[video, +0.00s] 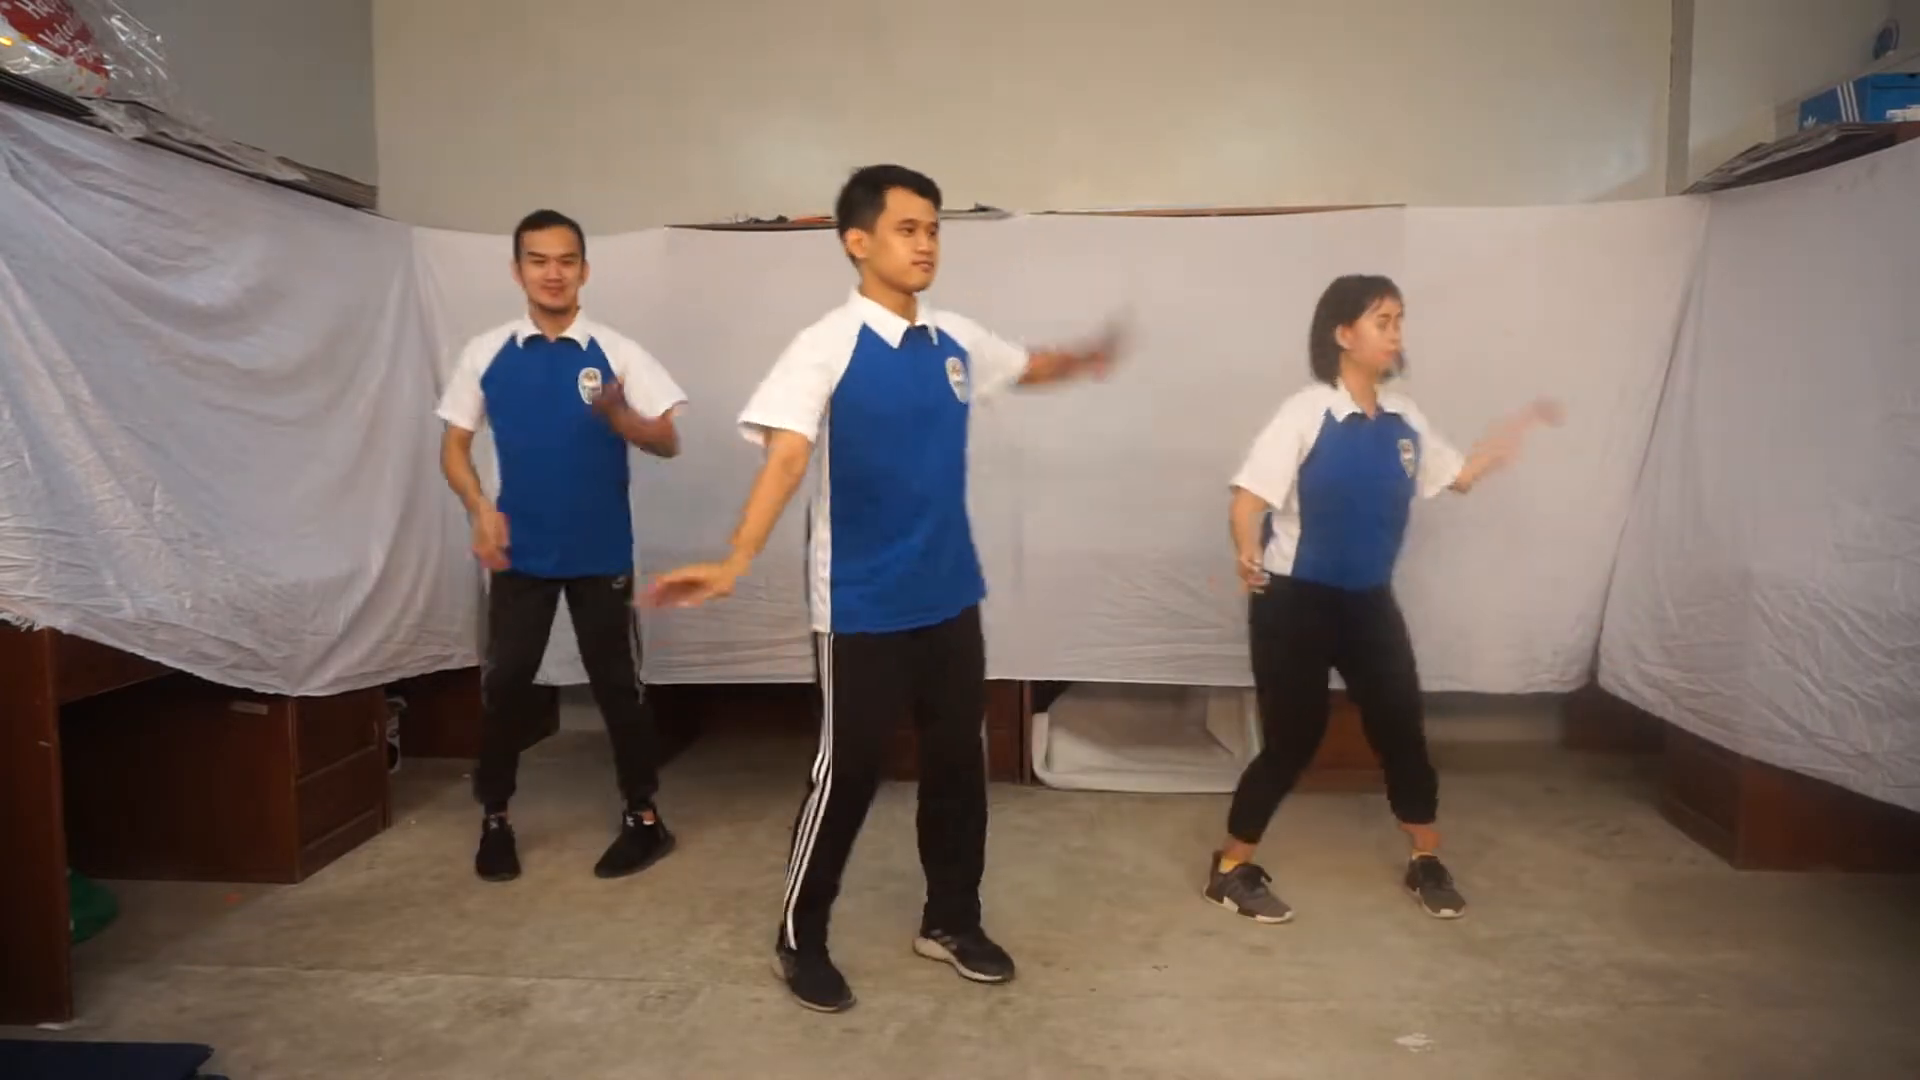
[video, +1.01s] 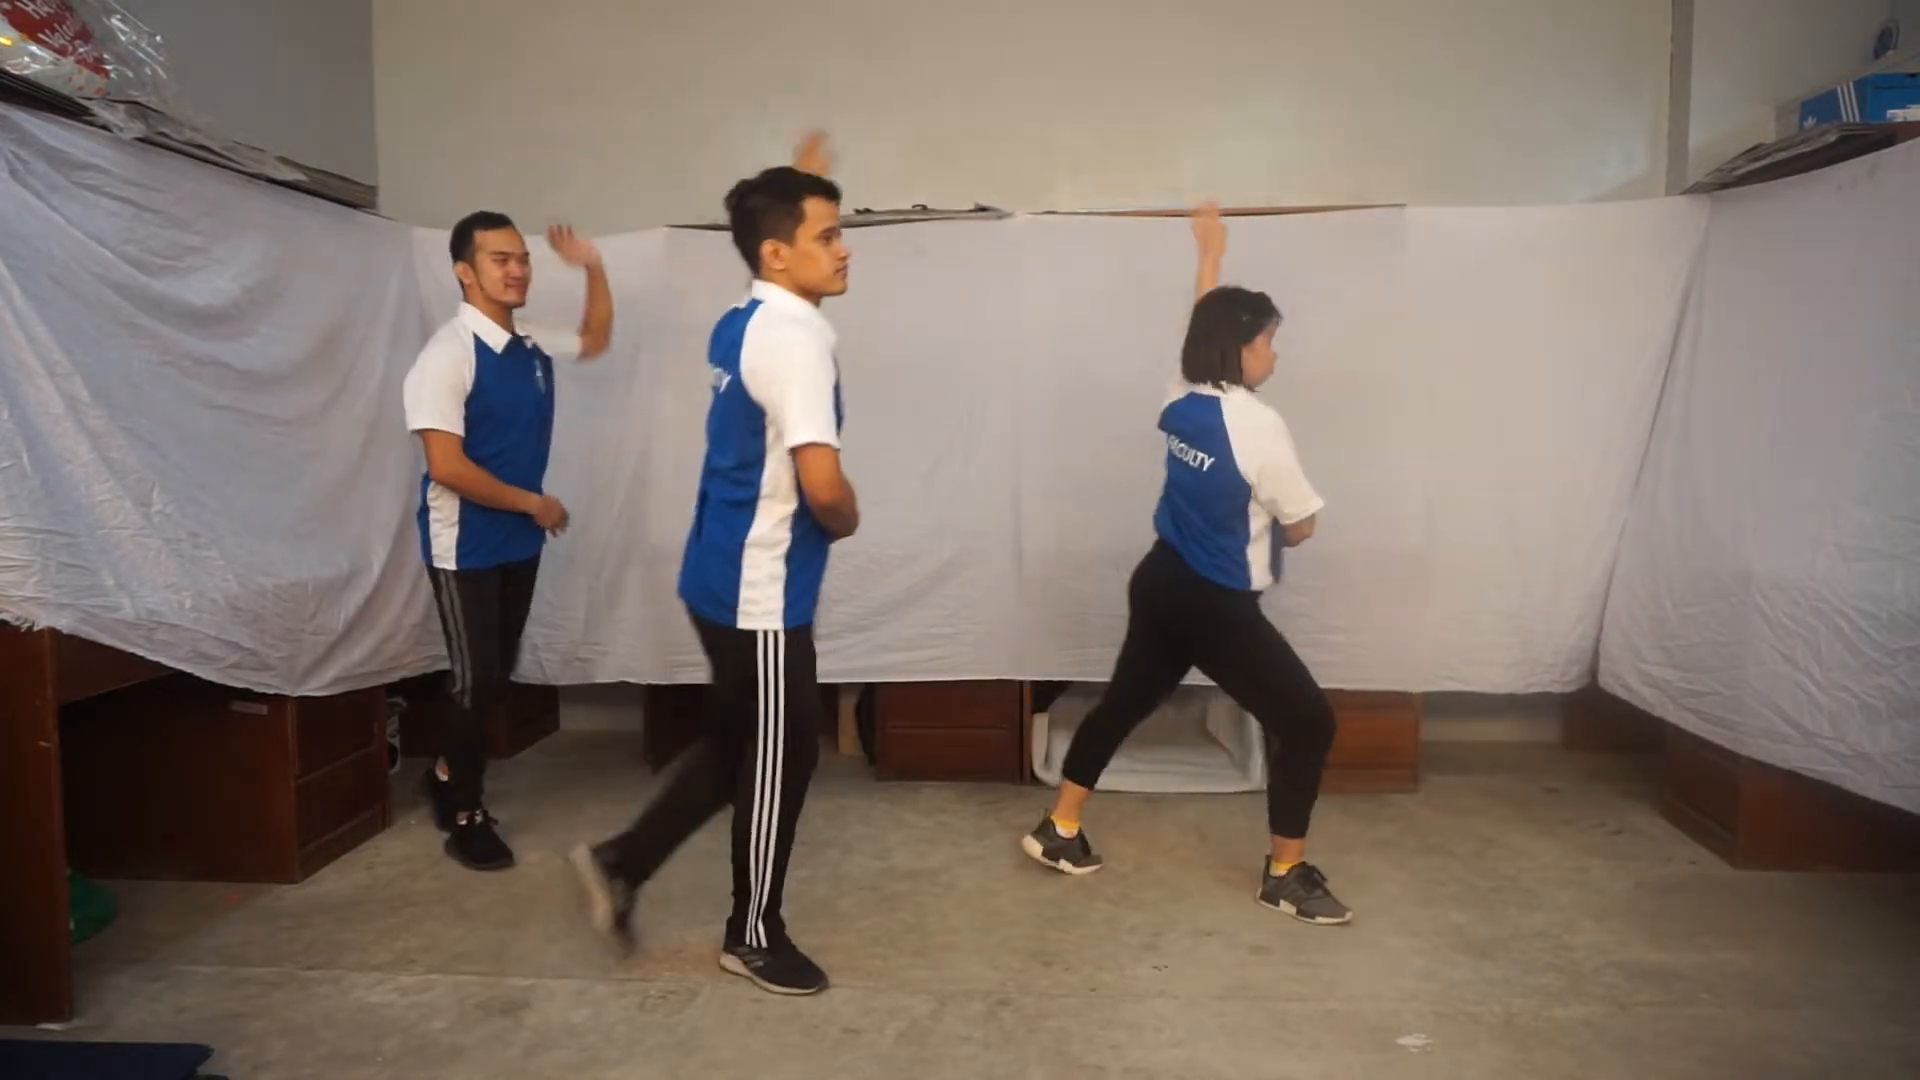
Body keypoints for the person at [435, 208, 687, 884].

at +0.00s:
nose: (553, 272)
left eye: (566, 260)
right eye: (538, 260)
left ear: (584, 270)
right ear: (517, 270)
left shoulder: (615, 350)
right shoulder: (487, 353)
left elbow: (668, 441)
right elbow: (453, 450)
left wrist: (622, 416)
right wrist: (480, 509)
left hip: (599, 555)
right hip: (520, 554)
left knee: (617, 685)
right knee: (504, 688)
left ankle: (644, 818)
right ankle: (496, 819)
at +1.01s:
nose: (518, 270)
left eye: (523, 259)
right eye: (502, 259)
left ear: (529, 270)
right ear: (465, 272)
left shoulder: (530, 348)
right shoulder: (446, 355)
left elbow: (594, 341)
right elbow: (445, 466)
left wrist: (593, 268)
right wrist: (532, 502)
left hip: (516, 543)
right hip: (462, 549)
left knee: (492, 678)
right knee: (476, 683)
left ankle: (448, 773)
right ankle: (468, 810)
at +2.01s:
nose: (696, 267)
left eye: (709, 256)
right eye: (694, 256)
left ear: (750, 266)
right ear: (700, 267)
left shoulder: (771, 348)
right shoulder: (695, 344)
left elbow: (754, 459)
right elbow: (631, 359)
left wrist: (673, 494)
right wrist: (620, 306)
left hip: (779, 558)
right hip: (713, 553)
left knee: (792, 696)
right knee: (687, 681)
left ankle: (809, 828)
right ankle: (714, 811)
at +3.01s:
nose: (715, 268)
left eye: (724, 256)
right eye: (717, 254)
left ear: (764, 264)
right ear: (767, 264)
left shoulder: (765, 343)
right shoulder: (787, 324)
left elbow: (739, 474)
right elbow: (749, 376)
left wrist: (721, 499)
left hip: (800, 550)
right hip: (785, 543)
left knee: (803, 694)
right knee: (768, 677)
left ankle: (817, 843)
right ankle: (871, 777)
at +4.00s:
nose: (505, 261)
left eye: (512, 247)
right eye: (487, 249)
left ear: (521, 256)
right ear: (454, 261)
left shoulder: (538, 329)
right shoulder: (425, 350)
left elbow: (592, 254)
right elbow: (411, 465)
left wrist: (582, 154)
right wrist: (509, 516)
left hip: (535, 552)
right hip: (467, 558)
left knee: (517, 696)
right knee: (471, 701)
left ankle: (465, 767)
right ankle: (468, 826)